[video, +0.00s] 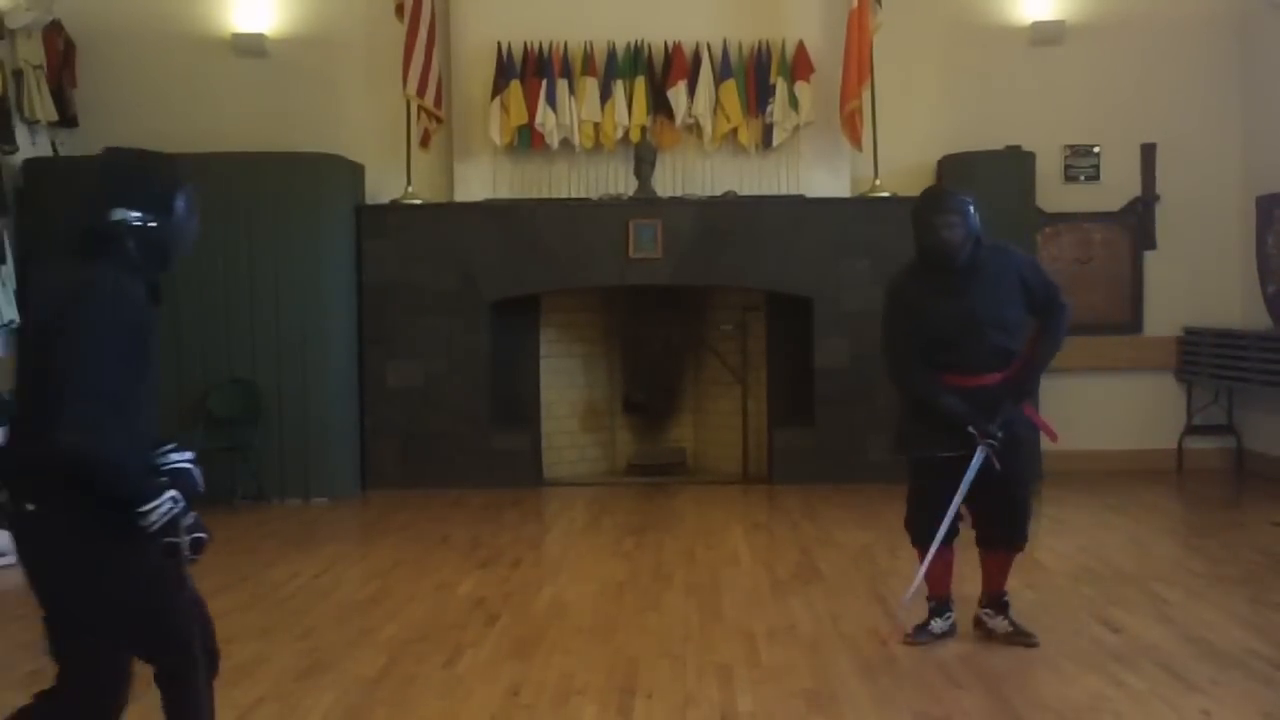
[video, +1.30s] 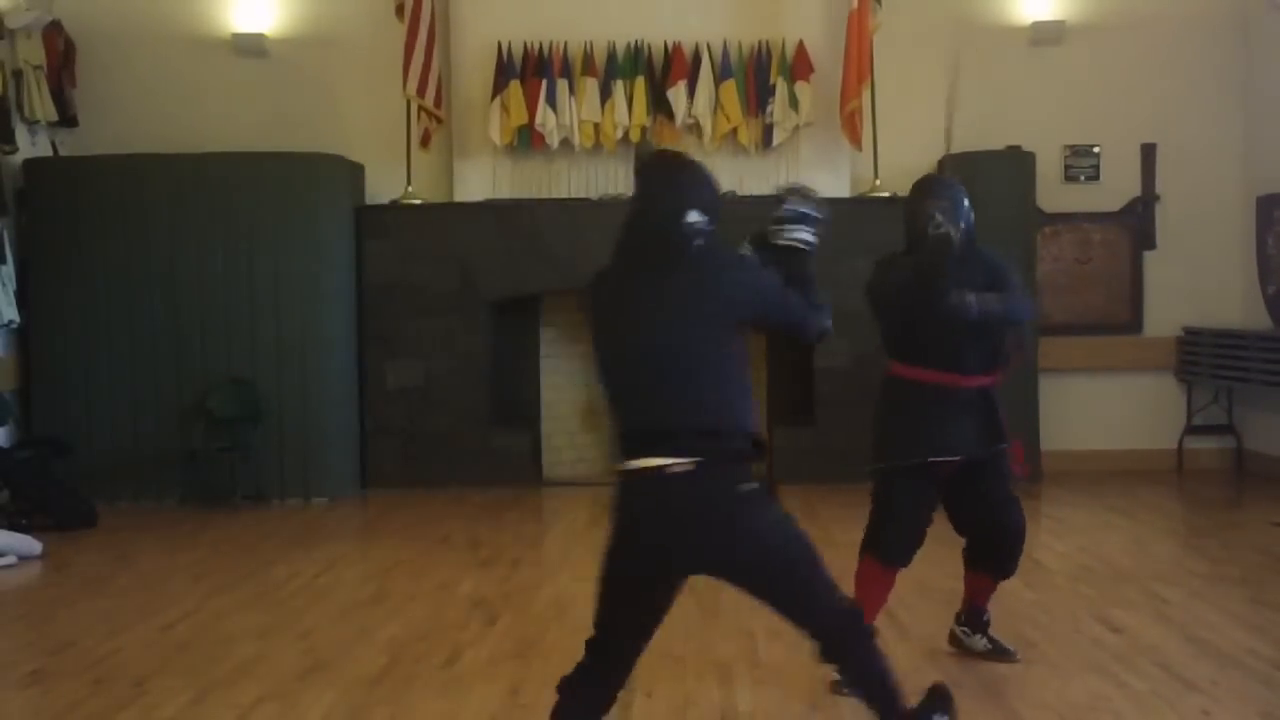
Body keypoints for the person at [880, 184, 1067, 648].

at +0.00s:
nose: (945, 238)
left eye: (953, 227)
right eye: (935, 229)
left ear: (973, 225)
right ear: (921, 232)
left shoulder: (1008, 267)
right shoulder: (908, 285)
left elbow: (1055, 313)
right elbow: (902, 365)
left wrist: (1019, 387)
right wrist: (958, 412)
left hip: (1004, 408)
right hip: (936, 410)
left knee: (1007, 509)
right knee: (931, 514)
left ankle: (993, 609)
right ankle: (940, 613)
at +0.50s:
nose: (935, 227)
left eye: (946, 217)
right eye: (927, 217)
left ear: (970, 219)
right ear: (915, 221)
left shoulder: (1010, 267)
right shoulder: (903, 280)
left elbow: (1060, 323)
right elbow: (893, 362)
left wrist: (1018, 390)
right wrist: (949, 417)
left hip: (994, 410)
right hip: (924, 408)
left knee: (989, 521)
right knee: (889, 512)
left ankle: (976, 622)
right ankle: (871, 626)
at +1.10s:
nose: (905, 222)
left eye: (916, 212)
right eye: (896, 212)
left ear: (938, 217)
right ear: (879, 219)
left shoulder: (966, 272)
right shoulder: (863, 282)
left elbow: (1015, 337)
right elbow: (852, 362)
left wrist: (976, 373)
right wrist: (915, 373)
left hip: (952, 425)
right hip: (885, 427)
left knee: (983, 526)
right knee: (872, 536)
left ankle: (972, 603)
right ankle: (860, 646)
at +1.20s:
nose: (917, 222)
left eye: (927, 212)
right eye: (908, 212)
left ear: (948, 217)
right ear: (892, 219)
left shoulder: (973, 273)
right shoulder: (878, 276)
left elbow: (1011, 333)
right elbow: (876, 340)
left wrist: (963, 339)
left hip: (956, 424)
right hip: (891, 425)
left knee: (997, 526)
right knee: (878, 535)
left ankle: (980, 615)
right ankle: (859, 648)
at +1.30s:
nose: (942, 227)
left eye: (952, 216)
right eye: (930, 216)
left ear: (969, 219)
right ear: (913, 220)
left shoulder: (986, 268)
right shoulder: (894, 271)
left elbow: (1019, 312)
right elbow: (895, 307)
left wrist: (968, 303)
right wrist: (932, 259)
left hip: (973, 423)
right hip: (911, 423)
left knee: (999, 528)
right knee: (892, 533)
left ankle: (971, 624)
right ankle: (851, 645)